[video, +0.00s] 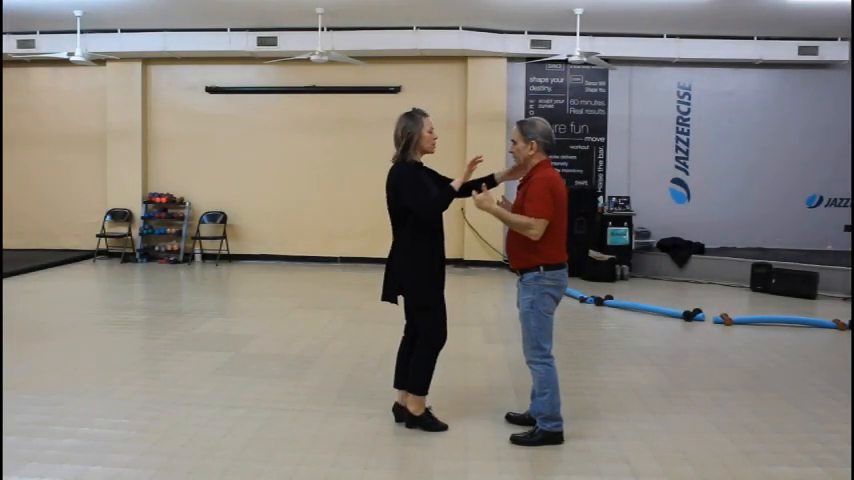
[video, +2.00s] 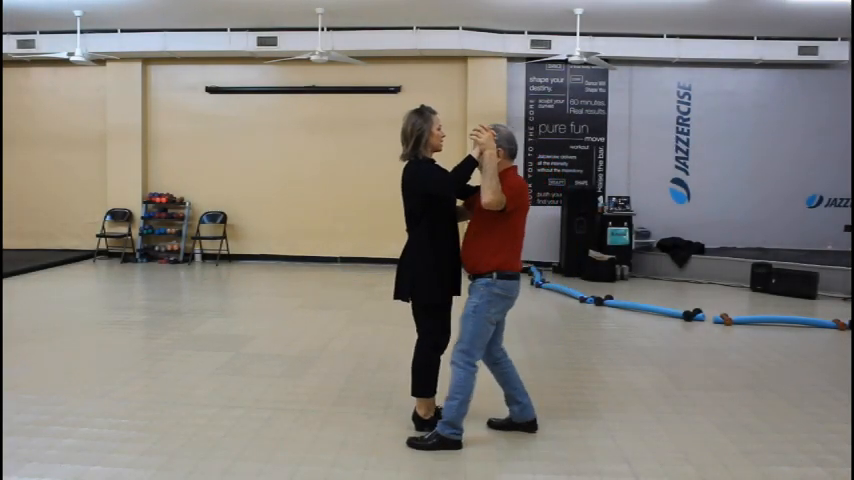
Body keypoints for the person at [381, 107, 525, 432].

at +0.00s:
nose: (435, 136)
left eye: (434, 131)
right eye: (430, 131)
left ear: (415, 136)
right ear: (414, 135)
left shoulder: (416, 170)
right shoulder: (406, 173)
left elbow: (460, 188)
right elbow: (431, 207)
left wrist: (505, 175)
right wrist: (456, 183)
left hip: (418, 269)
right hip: (420, 271)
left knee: (416, 332)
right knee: (433, 335)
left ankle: (403, 402)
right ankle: (416, 407)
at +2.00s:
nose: (443, 134)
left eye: (441, 128)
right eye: (438, 129)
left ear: (424, 133)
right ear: (423, 134)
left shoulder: (425, 168)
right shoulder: (420, 170)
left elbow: (442, 214)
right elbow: (451, 189)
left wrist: (473, 208)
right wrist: (476, 155)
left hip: (432, 267)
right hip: (427, 269)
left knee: (434, 337)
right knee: (433, 338)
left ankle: (426, 406)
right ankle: (424, 410)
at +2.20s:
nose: (444, 134)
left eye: (443, 128)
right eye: (439, 129)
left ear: (425, 133)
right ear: (423, 133)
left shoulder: (427, 168)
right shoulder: (421, 170)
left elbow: (443, 212)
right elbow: (450, 188)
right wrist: (475, 153)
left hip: (432, 268)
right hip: (426, 270)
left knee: (434, 338)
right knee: (431, 339)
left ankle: (425, 406)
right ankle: (424, 410)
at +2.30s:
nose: (446, 133)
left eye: (444, 128)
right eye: (440, 128)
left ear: (425, 133)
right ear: (425, 133)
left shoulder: (426, 167)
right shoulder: (423, 169)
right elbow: (455, 189)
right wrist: (480, 153)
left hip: (430, 267)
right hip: (427, 269)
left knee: (432, 338)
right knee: (431, 339)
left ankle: (426, 406)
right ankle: (424, 411)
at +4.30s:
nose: (461, 133)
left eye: (459, 127)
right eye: (456, 128)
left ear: (441, 133)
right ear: (442, 133)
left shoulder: (442, 168)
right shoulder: (439, 170)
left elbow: (473, 198)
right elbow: (472, 186)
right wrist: (503, 161)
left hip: (444, 267)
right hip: (440, 269)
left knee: (439, 339)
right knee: (437, 340)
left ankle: (427, 407)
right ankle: (424, 411)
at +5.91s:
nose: (453, 139)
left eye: (452, 133)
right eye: (448, 134)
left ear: (432, 138)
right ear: (433, 138)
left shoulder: (436, 173)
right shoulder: (425, 174)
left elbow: (464, 200)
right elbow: (455, 190)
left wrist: (498, 189)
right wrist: (485, 165)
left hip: (435, 270)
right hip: (421, 272)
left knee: (446, 336)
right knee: (445, 337)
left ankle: (429, 406)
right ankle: (410, 404)